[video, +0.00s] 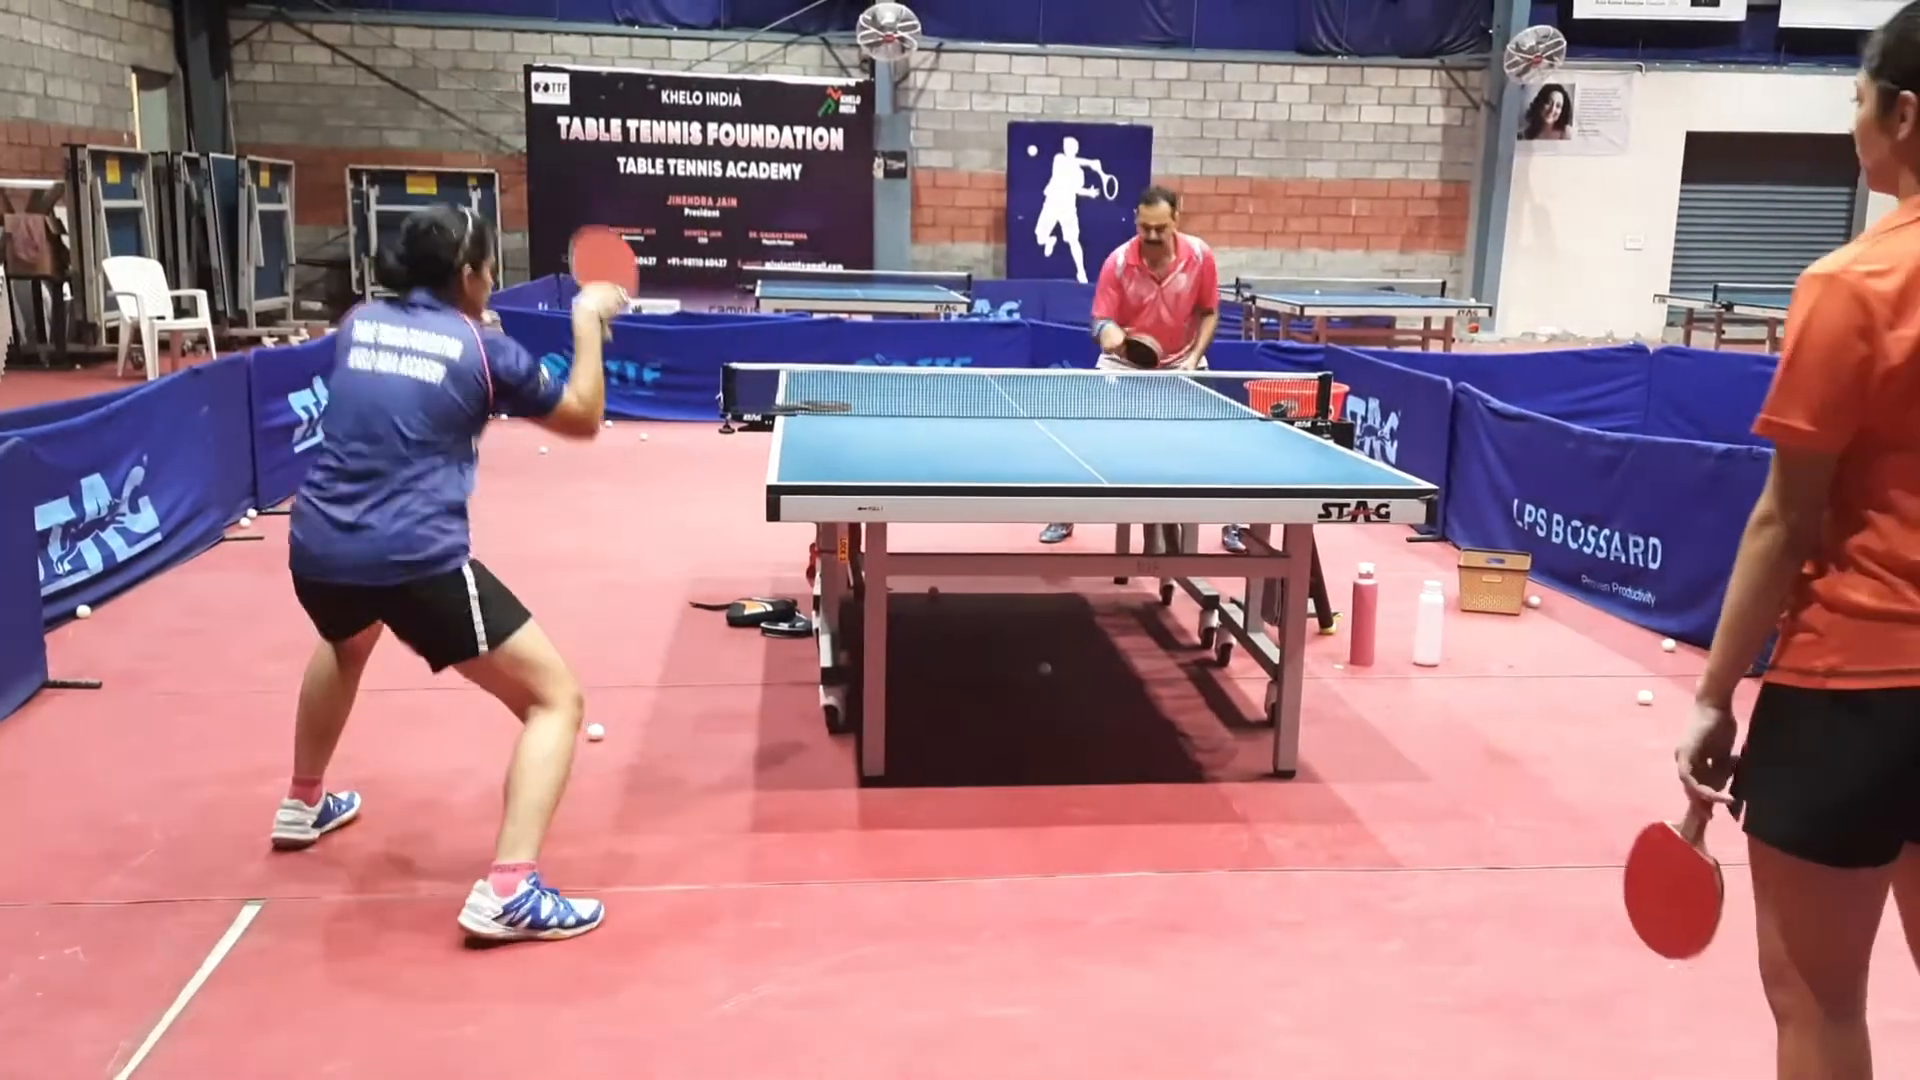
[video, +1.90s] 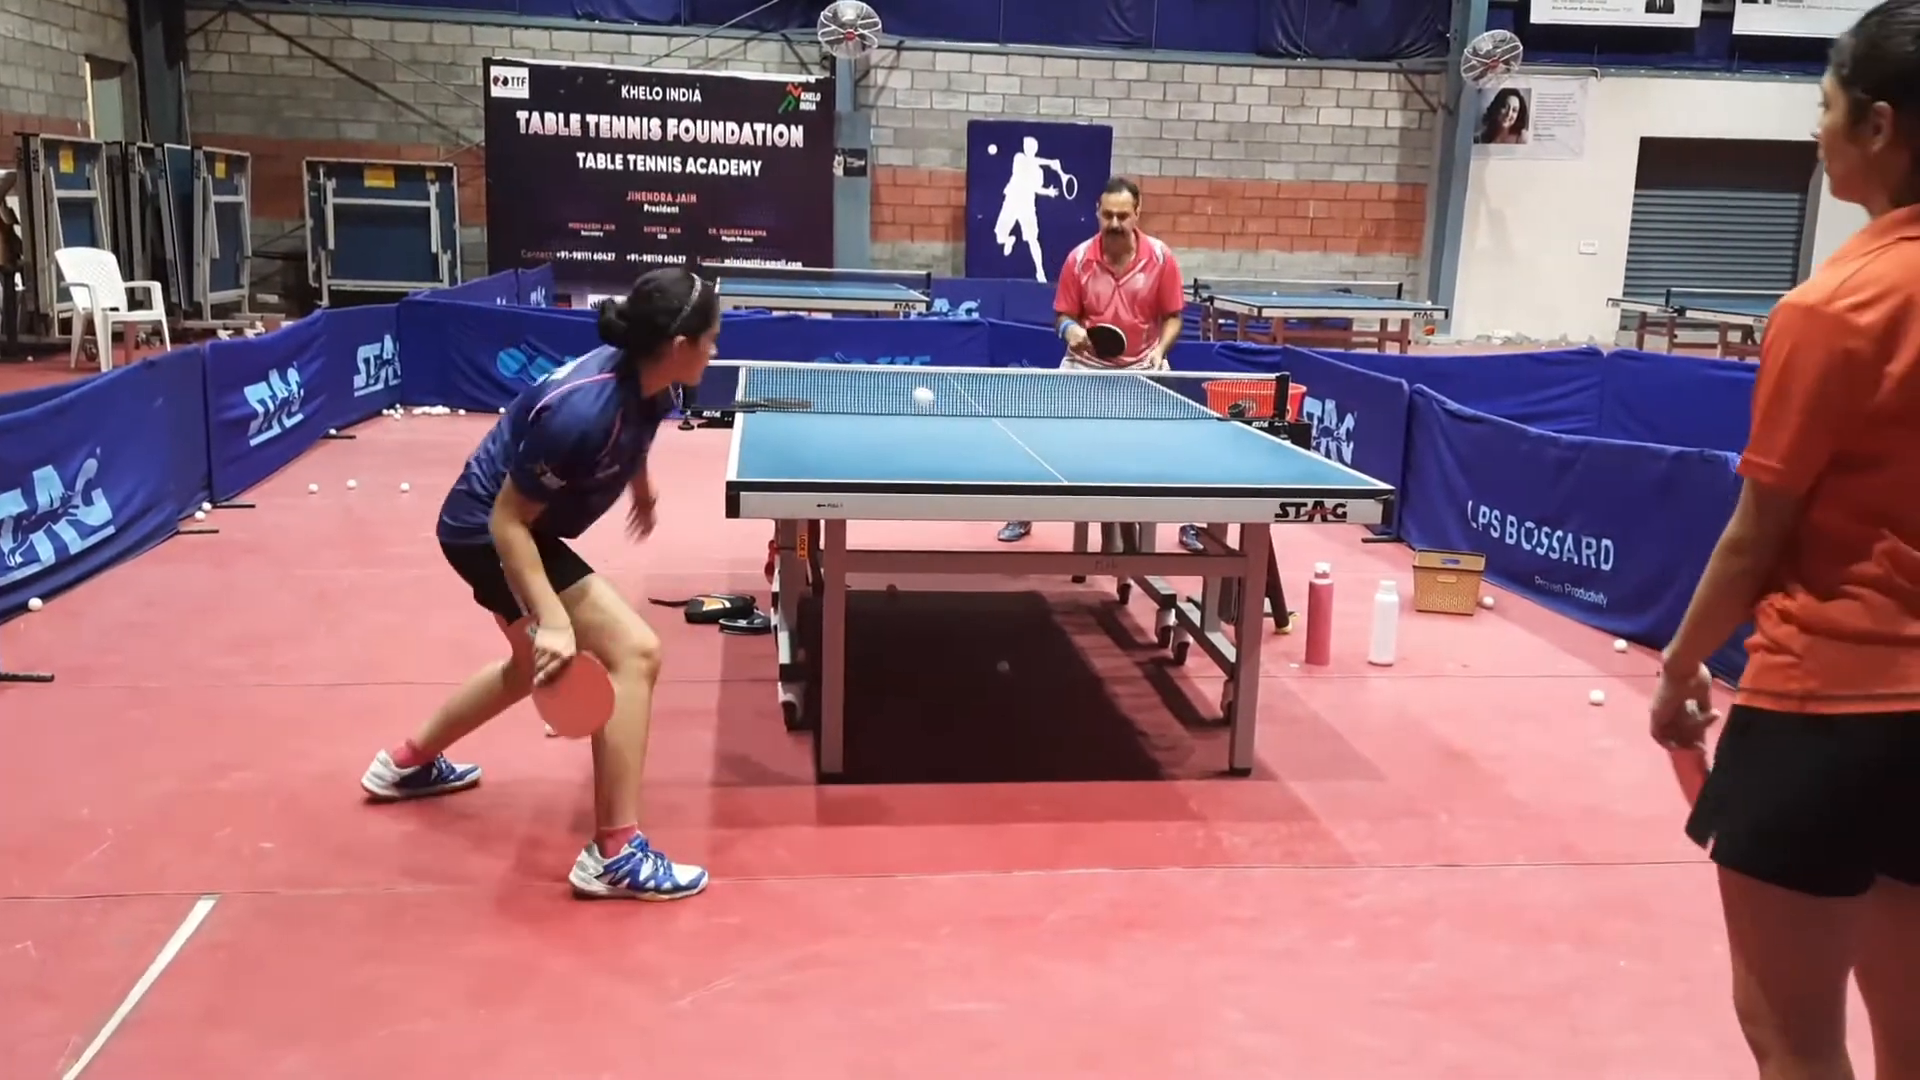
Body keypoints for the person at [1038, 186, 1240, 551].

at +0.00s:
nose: (1152, 236)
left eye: (1161, 228)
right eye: (1145, 228)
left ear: (1176, 220)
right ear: (1135, 222)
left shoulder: (1199, 256)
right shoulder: (1118, 262)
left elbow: (1210, 313)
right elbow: (1102, 318)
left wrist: (1195, 355)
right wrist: (1112, 335)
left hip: (1182, 365)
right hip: (1124, 365)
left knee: (1218, 433)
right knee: (1085, 427)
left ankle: (1232, 522)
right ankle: (1063, 514)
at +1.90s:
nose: (1114, 224)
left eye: (1122, 216)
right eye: (1107, 215)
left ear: (1137, 214)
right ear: (1097, 213)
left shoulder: (1160, 257)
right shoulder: (1079, 258)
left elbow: (1173, 316)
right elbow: (1064, 314)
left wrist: (1159, 348)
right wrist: (1071, 331)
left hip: (1143, 368)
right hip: (1084, 366)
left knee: (1180, 433)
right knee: (1041, 428)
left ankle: (1190, 520)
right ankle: (1021, 513)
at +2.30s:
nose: (1102, 219)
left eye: (1111, 211)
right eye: (1095, 210)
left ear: (1126, 209)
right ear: (1086, 207)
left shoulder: (1150, 251)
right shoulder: (1068, 253)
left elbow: (1165, 308)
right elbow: (1053, 310)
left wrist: (1148, 342)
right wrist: (1038, 323)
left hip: (1135, 362)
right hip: (1076, 358)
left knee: (1167, 431)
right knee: (1038, 424)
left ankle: (1184, 517)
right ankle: (1017, 508)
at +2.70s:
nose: (1116, 218)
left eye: (1123, 210)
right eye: (1108, 210)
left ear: (1134, 207)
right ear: (1096, 207)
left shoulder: (1151, 246)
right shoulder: (1075, 247)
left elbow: (1153, 302)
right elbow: (1061, 311)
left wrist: (1142, 349)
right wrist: (1074, 294)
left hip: (1123, 354)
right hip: (1067, 351)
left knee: (1143, 429)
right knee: (1035, 420)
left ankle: (1181, 513)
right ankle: (1013, 505)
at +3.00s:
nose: (1116, 174)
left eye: (1124, 167)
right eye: (1109, 167)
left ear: (1138, 173)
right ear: (1100, 171)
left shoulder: (1159, 225)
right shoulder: (1078, 223)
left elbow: (1168, 287)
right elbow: (1059, 284)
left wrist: (1144, 332)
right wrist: (1067, 286)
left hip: (1138, 347)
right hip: (1079, 344)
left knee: (1157, 430)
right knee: (1042, 418)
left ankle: (1181, 510)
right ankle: (1013, 502)